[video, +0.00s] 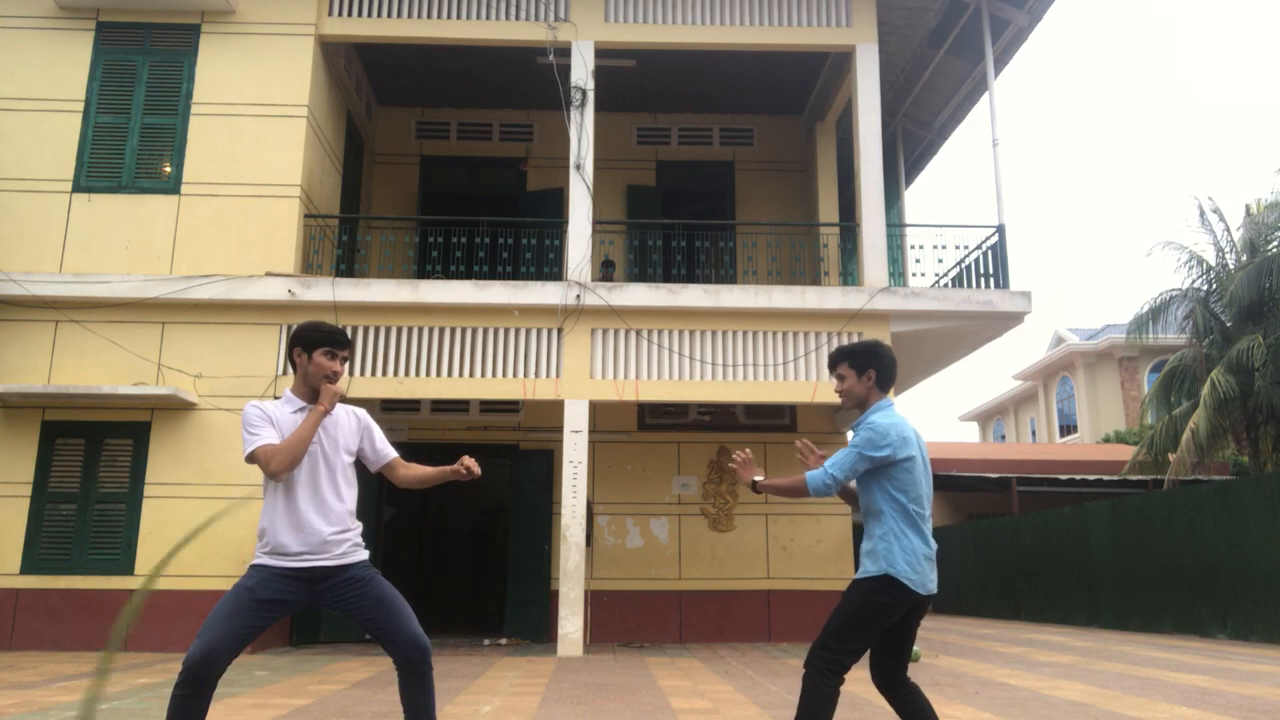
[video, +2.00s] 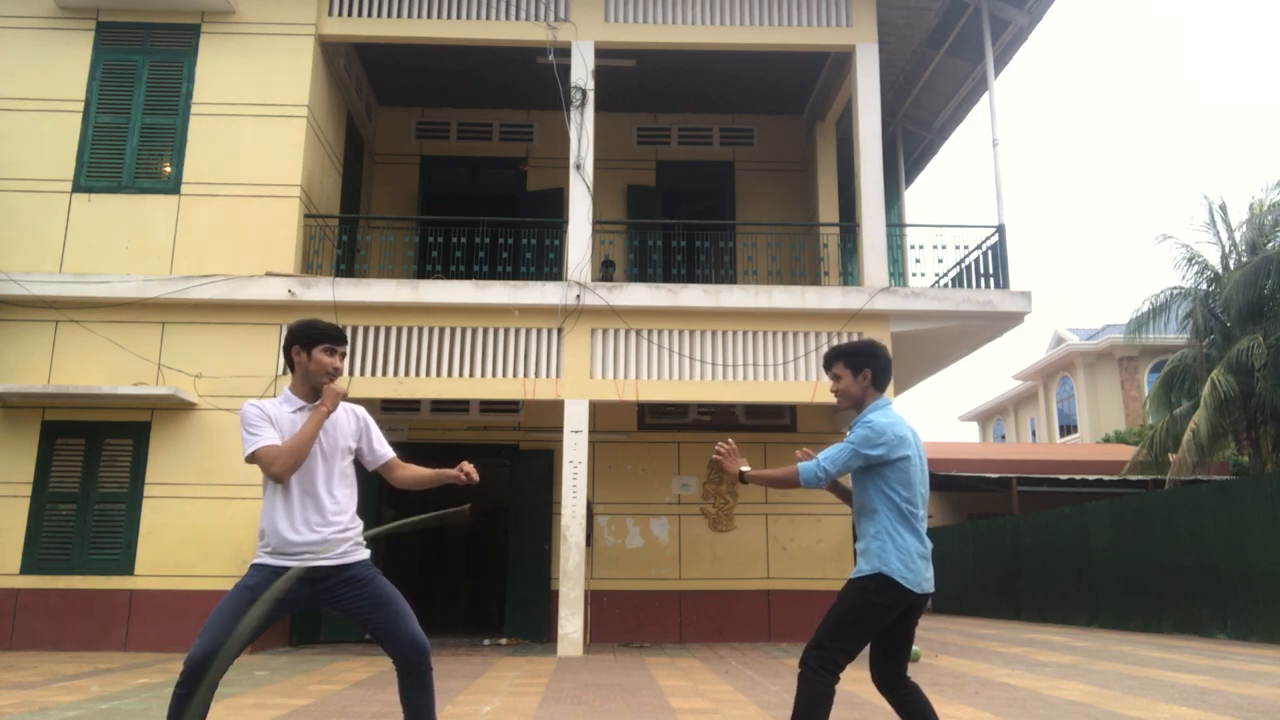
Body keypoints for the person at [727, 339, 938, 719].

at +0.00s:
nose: (836, 388)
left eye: (842, 378)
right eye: (835, 379)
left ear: (869, 378)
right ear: (870, 380)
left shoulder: (880, 428)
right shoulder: (900, 428)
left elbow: (821, 483)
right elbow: (873, 505)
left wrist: (757, 482)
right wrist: (830, 476)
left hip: (889, 572)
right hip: (915, 575)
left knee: (823, 666)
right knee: (890, 677)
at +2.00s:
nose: (832, 387)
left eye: (837, 378)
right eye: (831, 379)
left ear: (865, 377)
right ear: (865, 379)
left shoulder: (877, 426)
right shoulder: (897, 427)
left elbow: (814, 472)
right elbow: (871, 506)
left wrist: (745, 473)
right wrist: (826, 478)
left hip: (885, 572)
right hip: (912, 575)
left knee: (818, 665)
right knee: (890, 676)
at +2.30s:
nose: (815, 384)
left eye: (821, 375)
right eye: (814, 376)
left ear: (850, 375)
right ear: (847, 377)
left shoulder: (860, 426)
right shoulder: (866, 424)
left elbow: (806, 484)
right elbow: (843, 506)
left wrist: (739, 490)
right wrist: (798, 481)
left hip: (871, 574)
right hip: (889, 575)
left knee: (797, 653)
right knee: (888, 675)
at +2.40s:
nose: (804, 384)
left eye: (811, 375)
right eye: (803, 376)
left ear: (839, 376)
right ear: (834, 378)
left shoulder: (848, 429)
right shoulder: (831, 430)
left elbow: (833, 499)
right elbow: (783, 480)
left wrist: (773, 523)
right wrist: (752, 441)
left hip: (851, 577)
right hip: (853, 577)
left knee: (770, 651)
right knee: (882, 680)